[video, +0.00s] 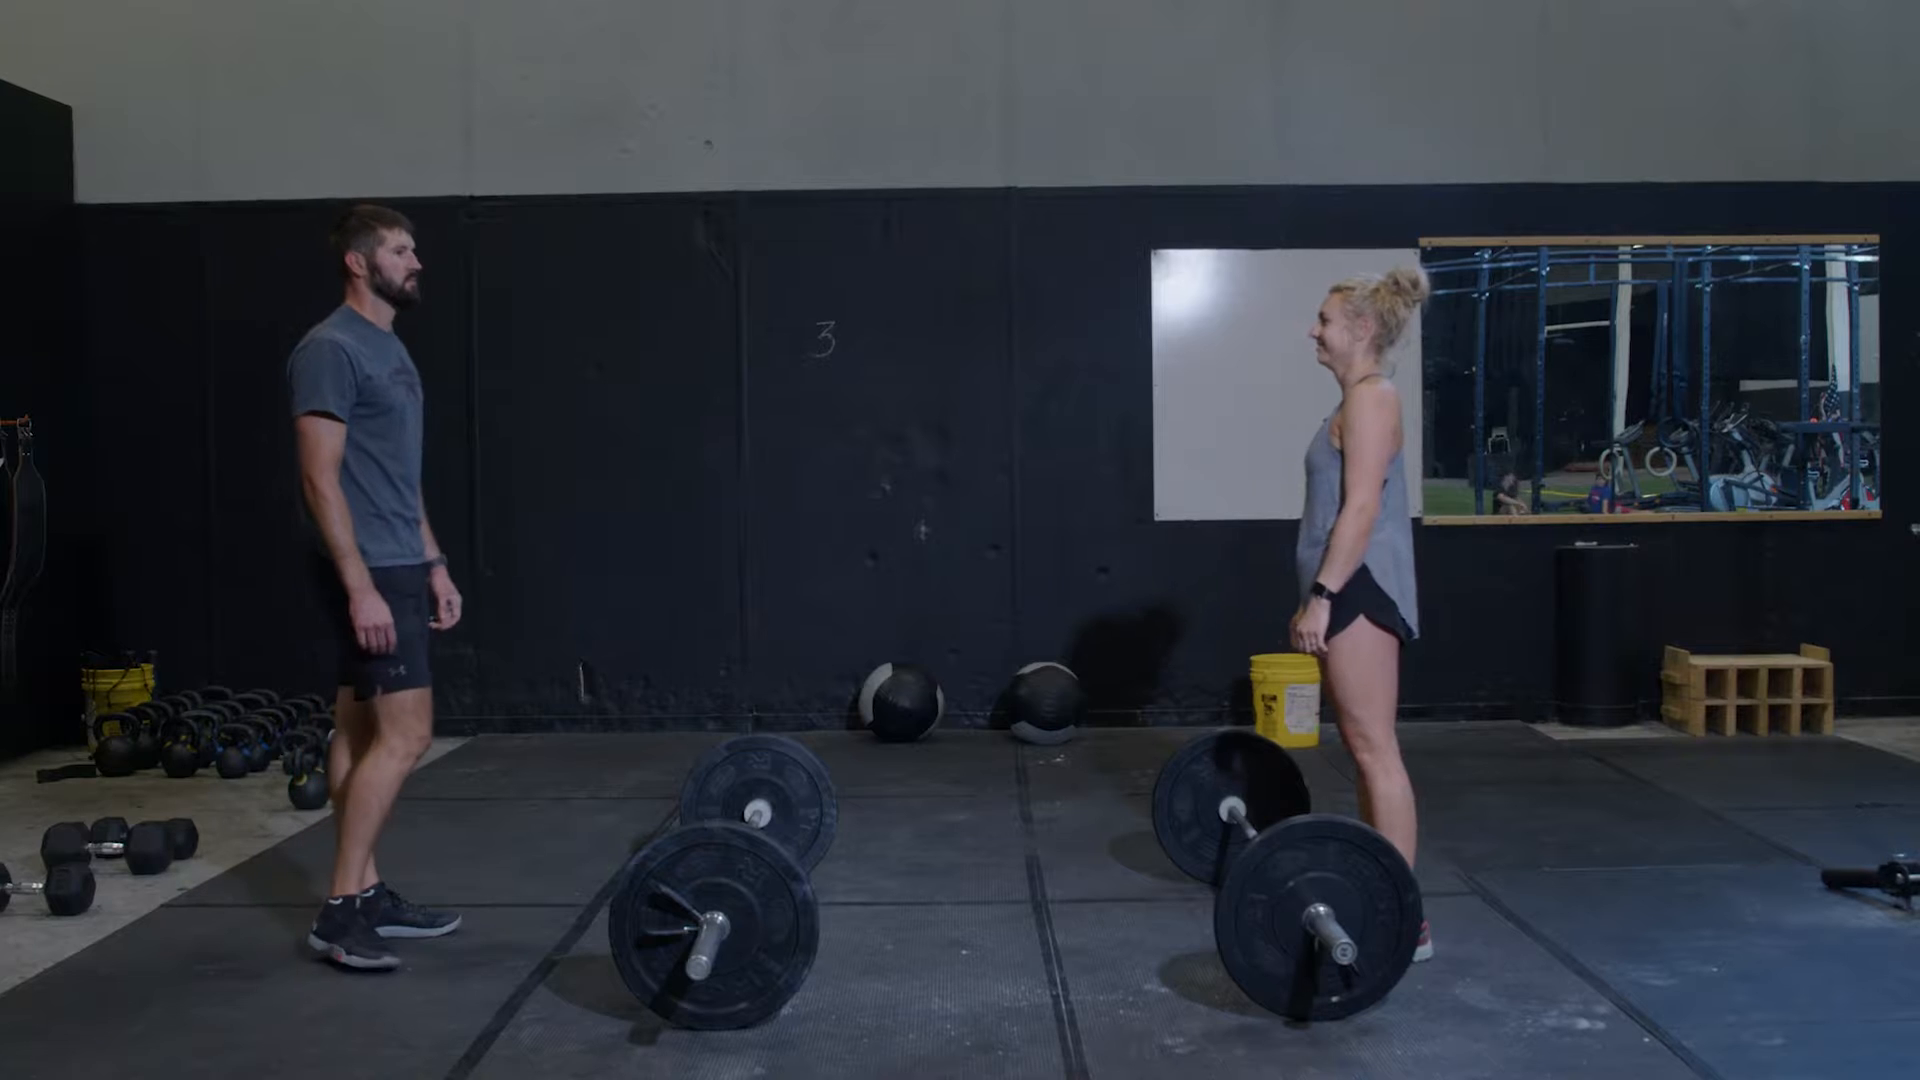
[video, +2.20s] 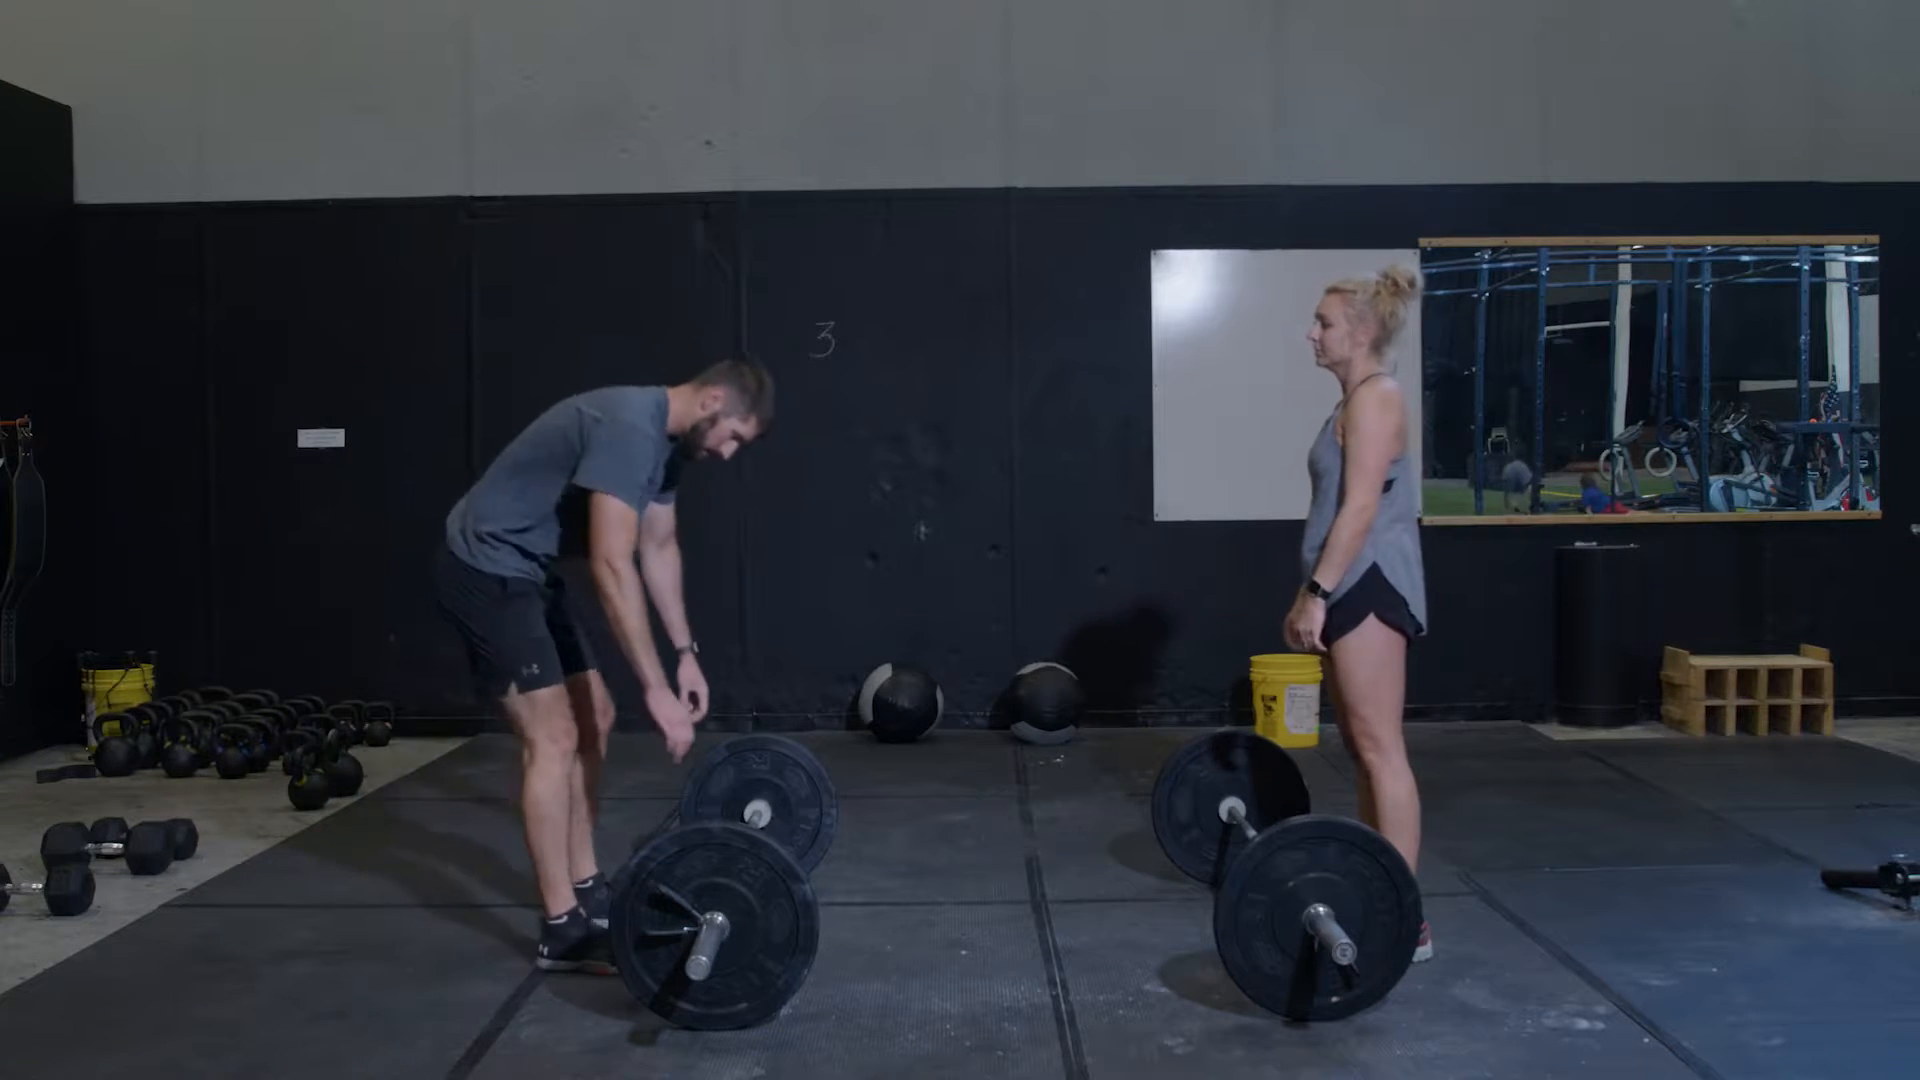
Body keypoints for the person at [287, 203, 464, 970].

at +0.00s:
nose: (415, 264)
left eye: (414, 253)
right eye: (401, 252)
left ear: (381, 265)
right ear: (359, 262)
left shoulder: (388, 348)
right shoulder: (328, 348)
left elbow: (400, 475)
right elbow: (320, 479)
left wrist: (432, 563)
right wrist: (359, 587)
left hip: (394, 565)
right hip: (367, 569)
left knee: (355, 729)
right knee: (406, 732)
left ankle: (366, 894)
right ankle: (341, 908)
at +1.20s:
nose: (421, 289)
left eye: (425, 275)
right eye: (414, 273)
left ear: (382, 268)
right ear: (370, 263)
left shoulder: (376, 343)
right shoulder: (308, 351)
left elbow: (368, 455)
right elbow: (298, 485)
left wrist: (426, 498)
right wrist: (414, 543)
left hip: (399, 570)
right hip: (340, 579)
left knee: (461, 714)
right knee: (323, 745)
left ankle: (391, 868)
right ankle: (306, 926)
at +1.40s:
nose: (458, 305)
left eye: (464, 291)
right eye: (455, 289)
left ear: (421, 275)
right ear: (416, 271)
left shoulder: (405, 348)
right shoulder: (343, 358)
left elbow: (394, 466)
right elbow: (328, 493)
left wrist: (454, 507)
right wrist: (423, 580)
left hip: (418, 570)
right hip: (360, 578)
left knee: (487, 716)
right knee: (336, 747)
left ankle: (499, 886)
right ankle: (307, 927)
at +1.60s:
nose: (526, 328)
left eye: (533, 315)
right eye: (524, 312)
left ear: (495, 295)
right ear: (489, 289)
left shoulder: (471, 364)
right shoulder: (405, 365)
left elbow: (453, 475)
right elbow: (386, 499)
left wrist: (515, 525)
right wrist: (445, 613)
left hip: (458, 587)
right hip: (396, 591)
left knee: (505, 739)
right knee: (366, 749)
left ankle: (567, 893)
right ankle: (310, 926)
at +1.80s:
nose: (618, 356)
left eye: (627, 345)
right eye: (618, 340)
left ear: (592, 317)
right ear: (586, 311)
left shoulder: (552, 378)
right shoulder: (498, 369)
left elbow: (533, 480)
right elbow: (464, 498)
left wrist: (593, 556)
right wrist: (473, 618)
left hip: (504, 575)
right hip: (451, 578)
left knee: (553, 724)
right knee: (469, 753)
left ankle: (578, 893)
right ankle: (349, 899)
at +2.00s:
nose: (686, 398)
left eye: (696, 389)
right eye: (690, 382)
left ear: (667, 356)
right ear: (663, 349)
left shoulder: (625, 408)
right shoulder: (568, 382)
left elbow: (612, 508)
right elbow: (532, 510)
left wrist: (652, 605)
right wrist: (557, 636)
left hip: (524, 561)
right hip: (471, 560)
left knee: (564, 715)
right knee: (530, 726)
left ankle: (576, 893)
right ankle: (473, 905)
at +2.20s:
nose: (728, 452)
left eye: (739, 444)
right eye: (733, 436)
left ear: (712, 405)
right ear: (709, 403)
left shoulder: (661, 438)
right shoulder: (629, 427)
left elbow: (661, 546)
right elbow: (611, 565)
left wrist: (685, 653)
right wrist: (656, 691)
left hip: (534, 565)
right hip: (487, 560)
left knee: (591, 720)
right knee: (552, 737)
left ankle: (584, 889)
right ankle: (559, 922)